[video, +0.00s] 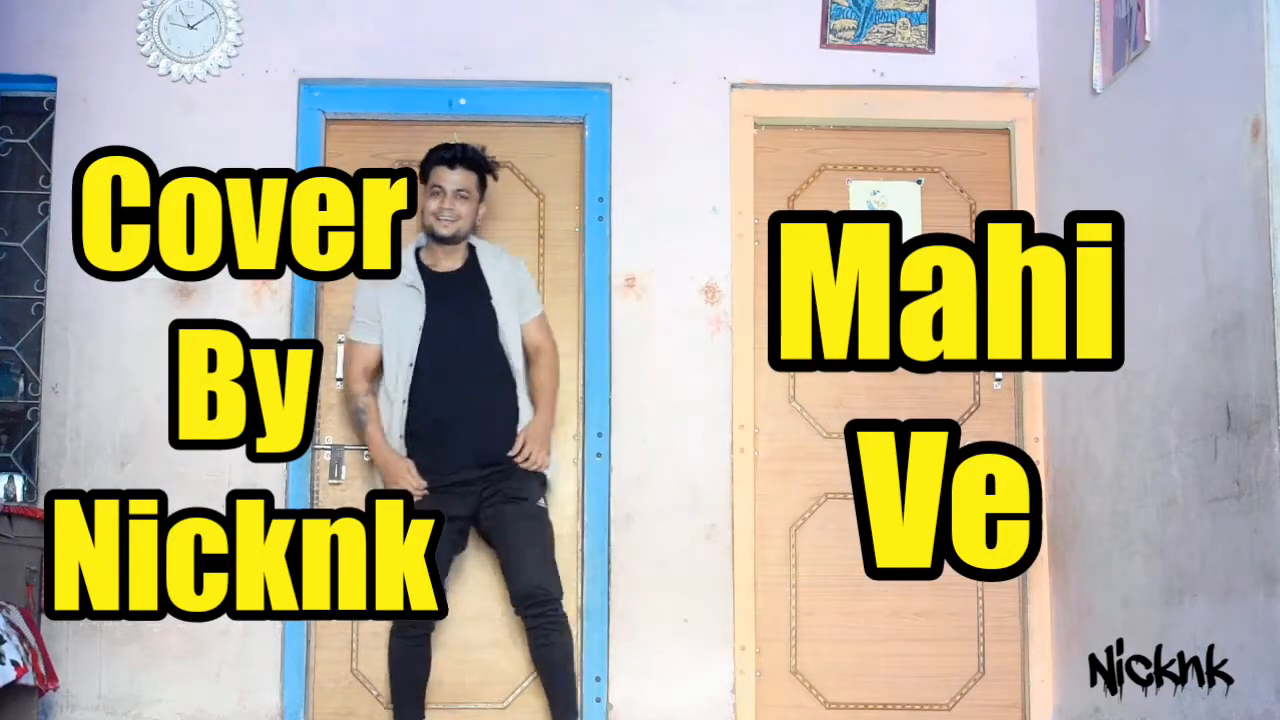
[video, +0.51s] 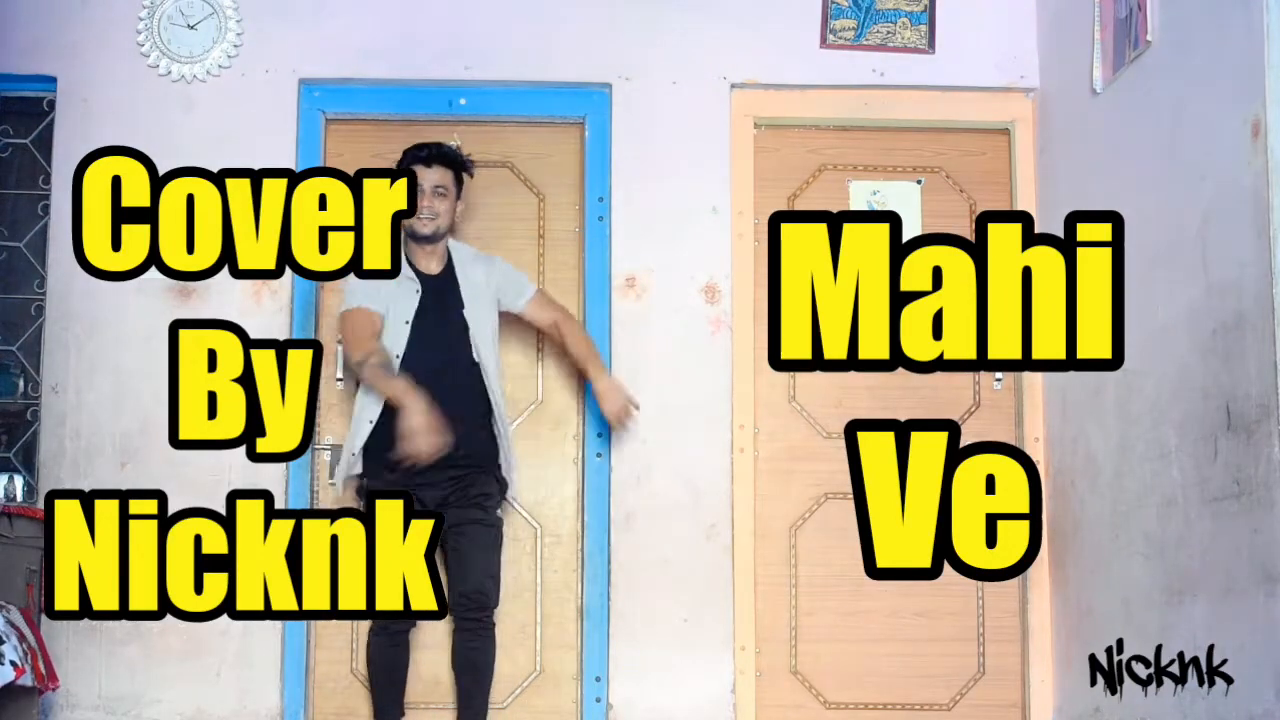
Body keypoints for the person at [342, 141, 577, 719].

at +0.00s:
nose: (447, 203)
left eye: (461, 194)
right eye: (436, 192)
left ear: (480, 205)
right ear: (420, 200)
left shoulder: (507, 270)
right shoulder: (385, 280)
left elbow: (541, 348)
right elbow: (359, 380)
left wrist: (543, 422)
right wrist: (384, 456)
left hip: (507, 473)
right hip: (424, 482)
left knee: (542, 602)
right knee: (412, 616)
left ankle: (567, 717)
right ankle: (408, 718)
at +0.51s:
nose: (427, 201)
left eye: (439, 191)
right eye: (416, 190)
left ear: (458, 201)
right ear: (398, 199)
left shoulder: (485, 271)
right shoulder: (372, 274)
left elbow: (559, 320)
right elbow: (360, 349)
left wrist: (601, 380)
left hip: (473, 472)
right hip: (395, 476)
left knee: (476, 611)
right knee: (393, 613)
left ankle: (473, 718)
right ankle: (387, 717)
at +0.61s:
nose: (424, 206)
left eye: (436, 195)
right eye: (414, 194)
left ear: (453, 204)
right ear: (394, 201)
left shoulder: (481, 267)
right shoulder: (369, 276)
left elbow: (549, 333)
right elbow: (380, 363)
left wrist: (559, 305)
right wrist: (456, 331)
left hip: (466, 474)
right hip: (388, 478)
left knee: (488, 594)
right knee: (383, 611)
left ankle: (470, 711)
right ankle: (384, 717)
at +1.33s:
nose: (466, 238)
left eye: (480, 230)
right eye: (457, 222)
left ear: (493, 237)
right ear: (436, 222)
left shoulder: (505, 285)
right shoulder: (407, 312)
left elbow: (572, 334)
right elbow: (420, 406)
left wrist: (557, 259)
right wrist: (479, 339)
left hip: (513, 490)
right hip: (435, 499)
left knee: (570, 585)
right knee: (417, 628)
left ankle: (544, 713)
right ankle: (404, 719)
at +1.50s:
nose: (485, 228)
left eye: (501, 220)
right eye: (477, 213)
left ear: (513, 226)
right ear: (457, 210)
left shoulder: (527, 272)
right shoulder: (426, 295)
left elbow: (598, 310)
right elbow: (449, 385)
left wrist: (629, 243)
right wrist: (538, 354)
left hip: (548, 484)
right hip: (468, 495)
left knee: (593, 601)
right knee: (437, 625)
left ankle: (600, 715)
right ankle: (412, 716)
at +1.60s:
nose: (497, 225)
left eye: (511, 215)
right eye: (487, 209)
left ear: (525, 219)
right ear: (467, 206)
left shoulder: (542, 269)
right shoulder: (441, 279)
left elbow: (632, 282)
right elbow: (462, 371)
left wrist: (710, 261)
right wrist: (536, 394)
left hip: (579, 469)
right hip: (501, 479)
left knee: (601, 609)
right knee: (473, 611)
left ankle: (606, 717)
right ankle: (460, 707)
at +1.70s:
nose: (515, 223)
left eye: (528, 212)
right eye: (503, 209)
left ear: (543, 220)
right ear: (484, 213)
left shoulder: (568, 282)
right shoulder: (451, 285)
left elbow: (651, 310)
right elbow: (443, 375)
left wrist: (669, 324)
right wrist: (505, 353)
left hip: (603, 473)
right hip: (527, 486)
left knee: (612, 611)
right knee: (526, 602)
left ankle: (608, 717)